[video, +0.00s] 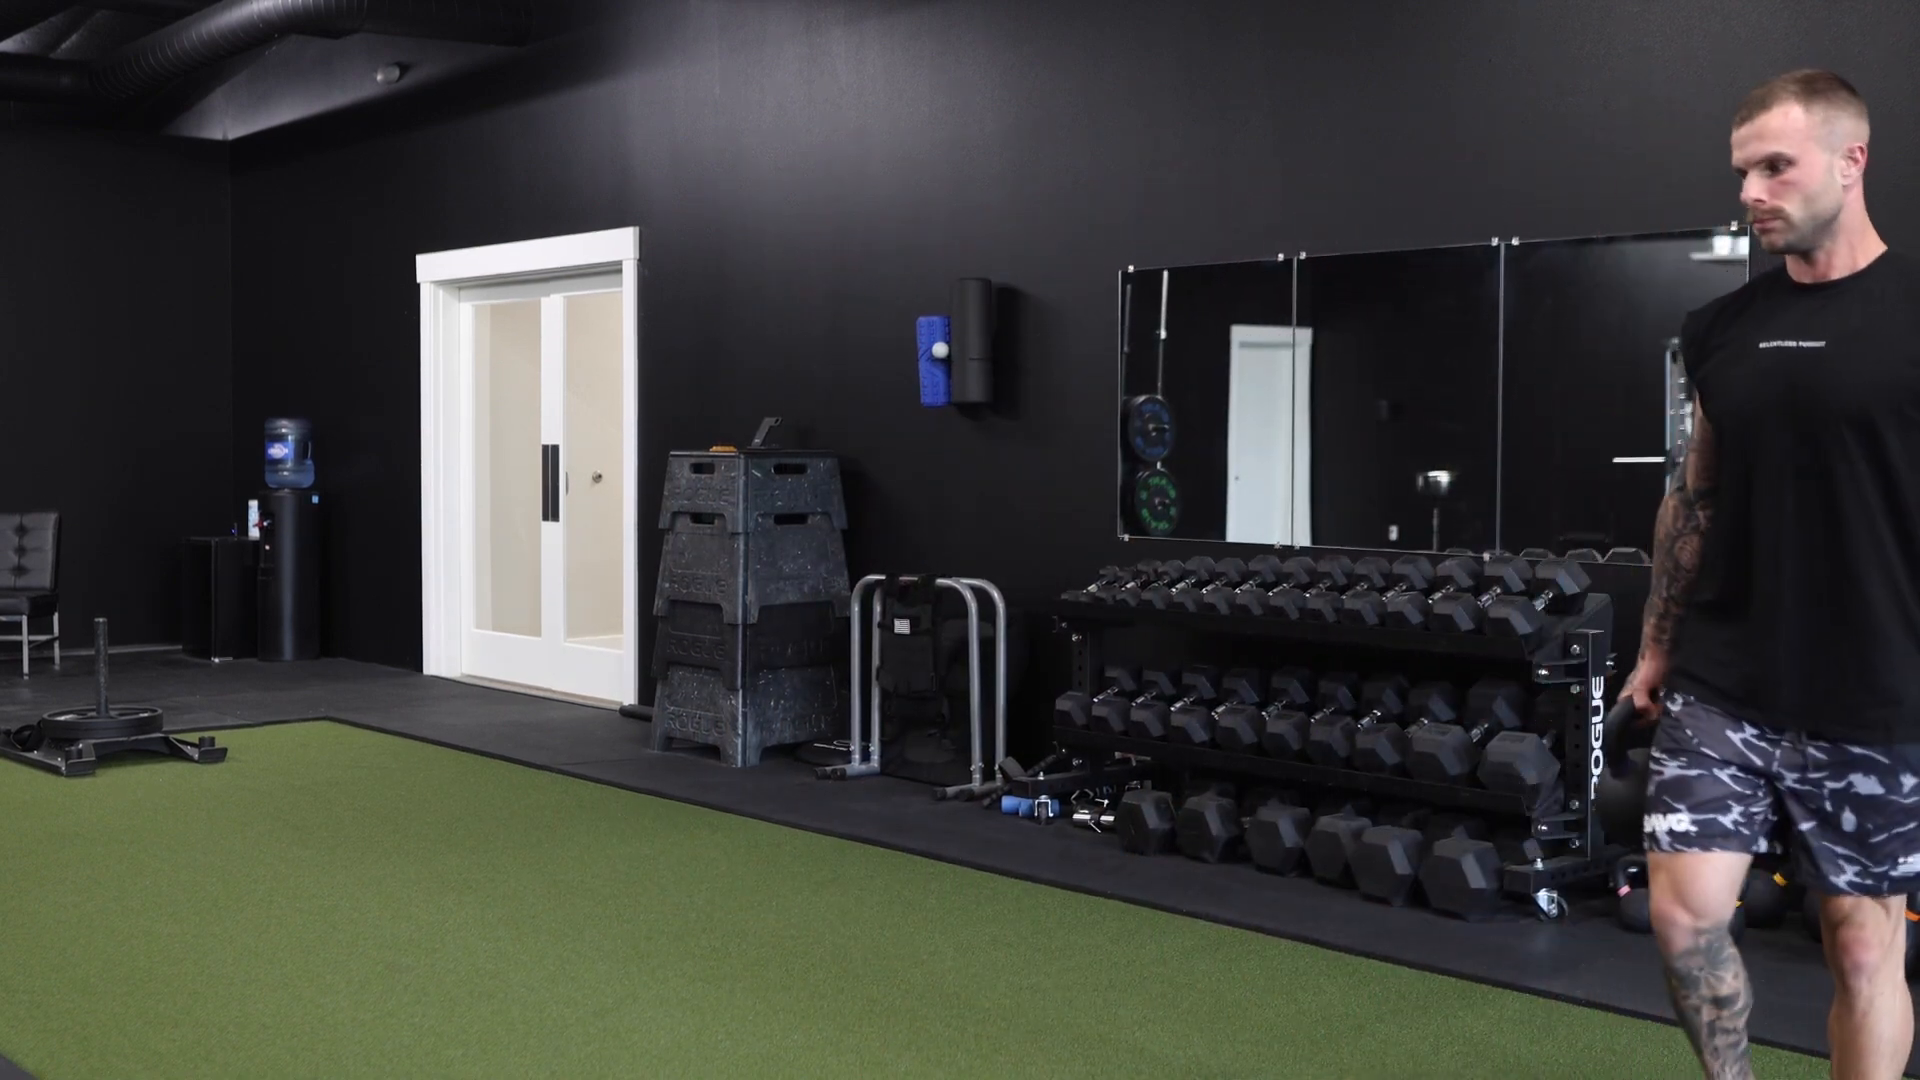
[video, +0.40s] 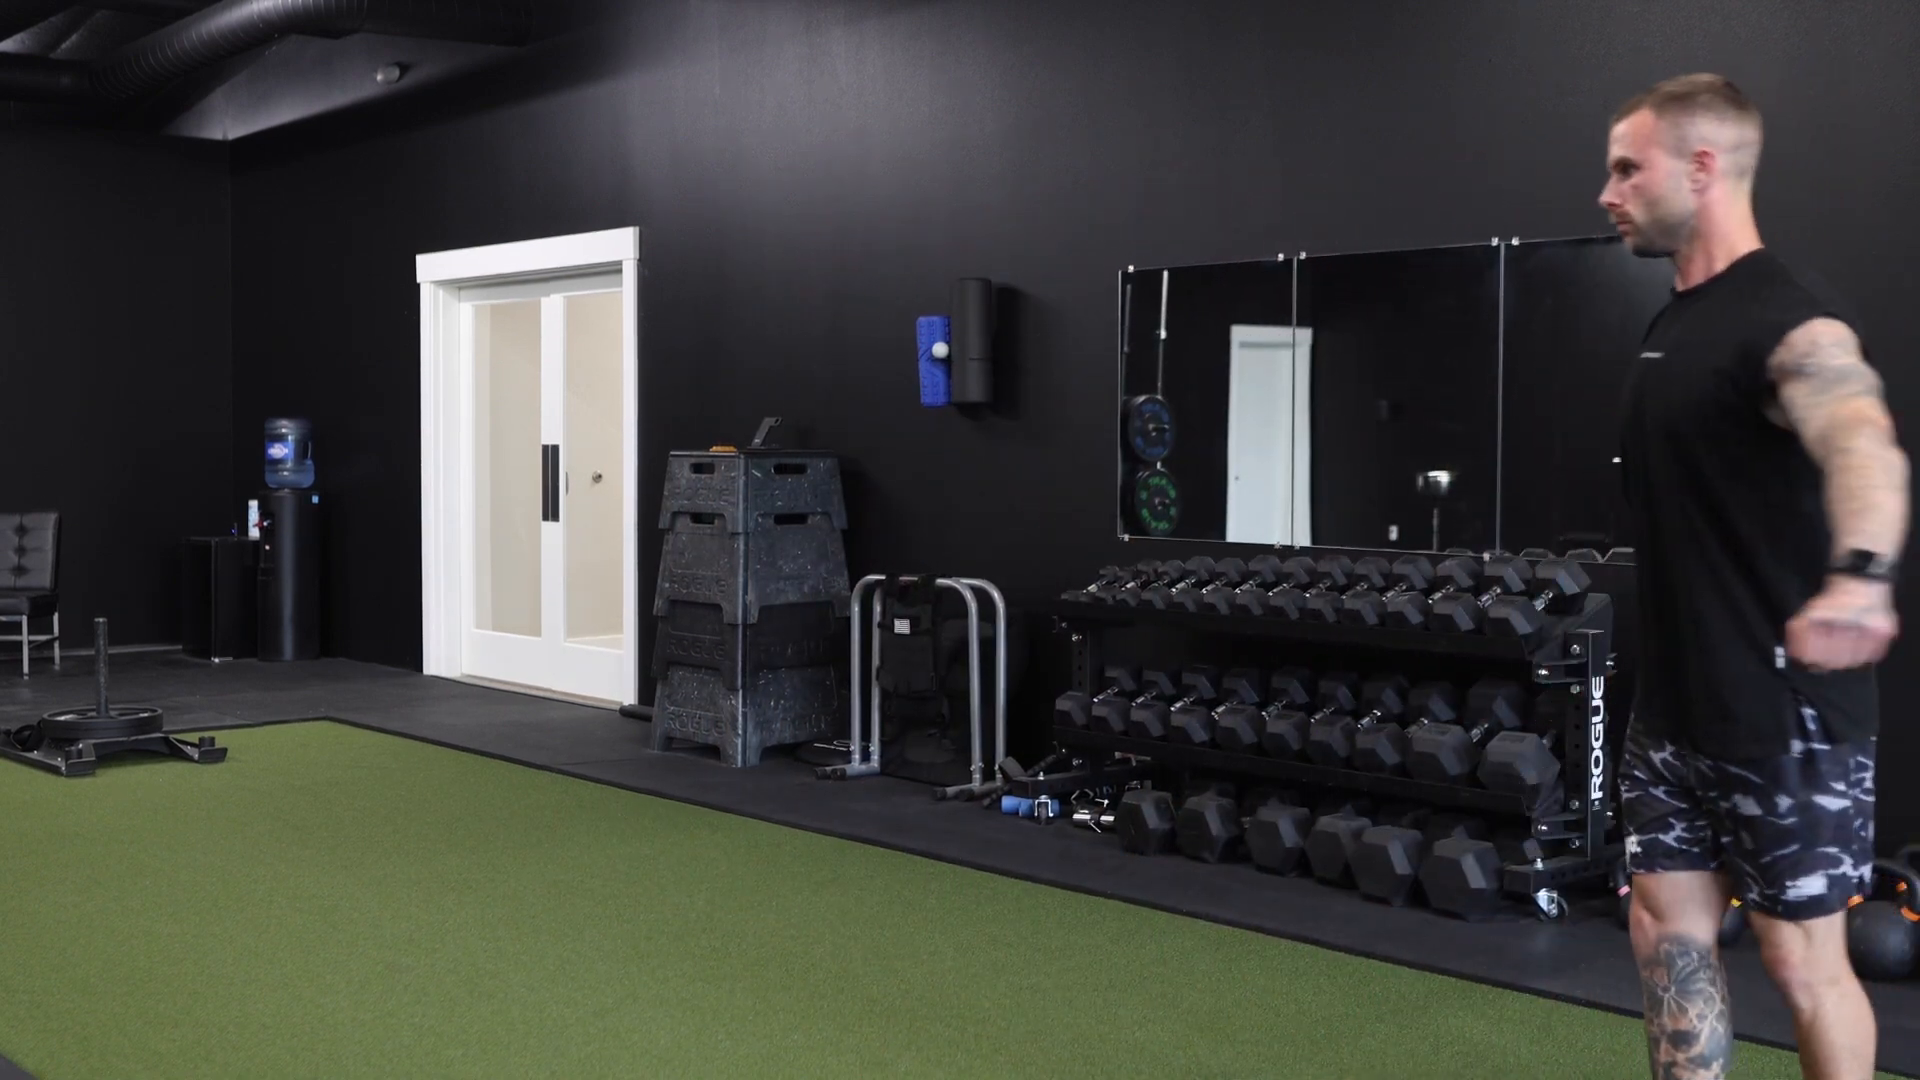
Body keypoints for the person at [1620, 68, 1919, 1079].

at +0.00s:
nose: (1751, 192)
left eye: (1776, 167)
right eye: (1742, 172)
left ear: (1853, 164)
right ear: (1738, 178)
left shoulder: (1907, 312)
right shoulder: (1725, 327)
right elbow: (1694, 494)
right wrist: (1655, 644)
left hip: (1873, 693)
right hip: (1722, 681)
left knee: (1863, 951)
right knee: (1683, 918)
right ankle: (1729, 1073)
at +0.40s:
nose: (1606, 193)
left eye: (1627, 170)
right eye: (1609, 171)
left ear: (1703, 172)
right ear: (1694, 176)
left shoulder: (1793, 326)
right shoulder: (1673, 323)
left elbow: (1864, 445)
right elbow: (1695, 502)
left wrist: (1859, 574)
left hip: (1784, 700)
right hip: (1674, 692)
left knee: (1807, 958)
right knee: (1667, 931)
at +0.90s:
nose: (1470, 196)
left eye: (1480, 173)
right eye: (1472, 174)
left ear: (1532, 174)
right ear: (1569, 179)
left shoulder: (1568, 310)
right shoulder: (1655, 310)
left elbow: (1512, 429)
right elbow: (1679, 500)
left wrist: (1390, 554)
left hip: (1596, 673)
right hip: (1683, 673)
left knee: (1491, 905)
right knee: (1651, 929)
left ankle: (1490, 1073)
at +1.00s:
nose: (1442, 202)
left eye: (1450, 180)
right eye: (1443, 180)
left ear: (1499, 179)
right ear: (1542, 183)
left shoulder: (1523, 315)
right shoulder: (1639, 327)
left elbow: (1458, 425)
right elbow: (1650, 503)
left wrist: (1323, 551)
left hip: (1541, 683)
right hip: (1647, 681)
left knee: (1472, 924)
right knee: (1638, 939)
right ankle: (1673, 1079)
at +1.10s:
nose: (1405, 206)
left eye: (1412, 183)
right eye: (1406, 183)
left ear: (1457, 184)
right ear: (1508, 187)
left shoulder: (1477, 320)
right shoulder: (1592, 326)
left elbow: (1403, 436)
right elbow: (1621, 524)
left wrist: (1258, 559)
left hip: (1498, 691)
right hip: (1606, 687)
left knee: (1453, 933)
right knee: (1604, 937)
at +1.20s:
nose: (1360, 206)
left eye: (1367, 184)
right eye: (1361, 184)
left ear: (1410, 186)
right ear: (1463, 190)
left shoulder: (1425, 327)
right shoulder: (1555, 328)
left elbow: (1352, 442)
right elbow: (1586, 519)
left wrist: (1210, 565)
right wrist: (1592, 671)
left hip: (1467, 679)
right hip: (1561, 678)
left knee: (1424, 923)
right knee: (1521, 914)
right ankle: (1623, 1074)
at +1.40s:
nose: (1288, 223)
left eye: (1291, 201)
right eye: (1288, 202)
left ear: (1328, 197)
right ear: (1394, 196)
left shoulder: (1345, 332)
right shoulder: (1492, 330)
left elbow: (1256, 450)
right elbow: (1526, 503)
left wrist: (1114, 572)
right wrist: (1538, 646)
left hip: (1406, 678)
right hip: (1492, 668)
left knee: (1397, 938)